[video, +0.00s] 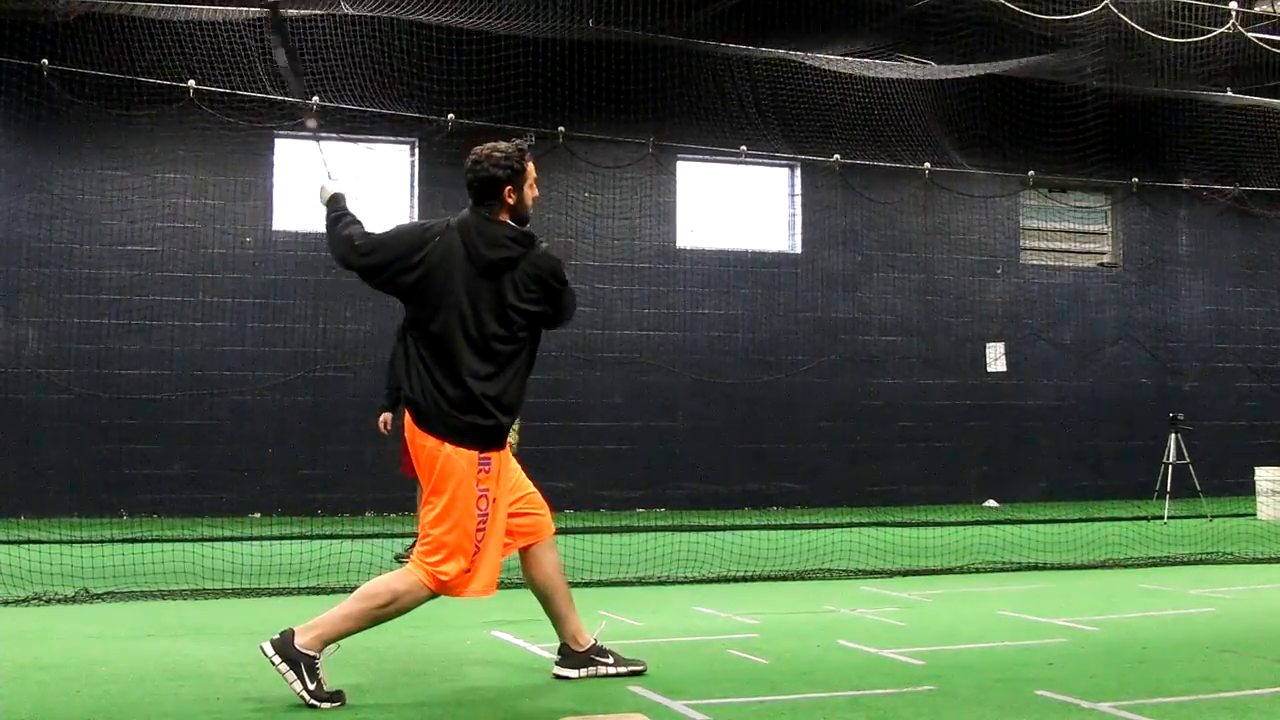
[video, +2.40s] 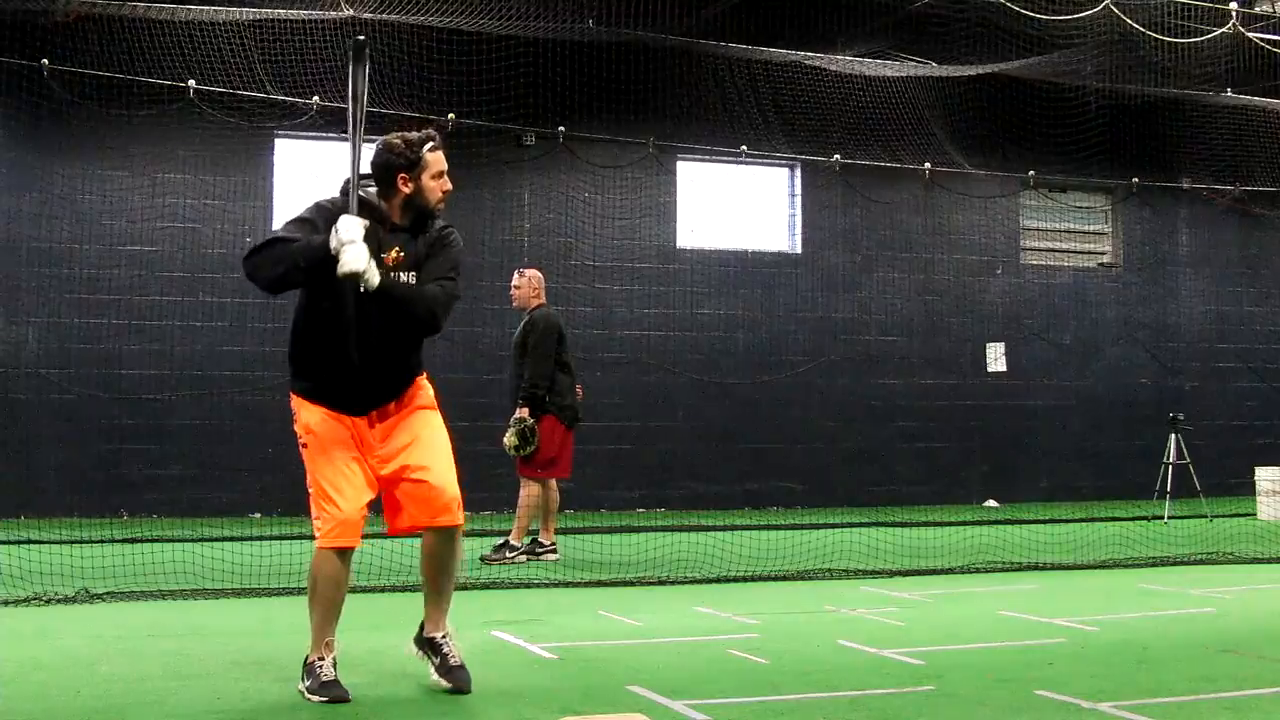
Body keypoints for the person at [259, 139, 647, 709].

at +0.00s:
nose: (537, 190)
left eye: (534, 180)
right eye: (532, 182)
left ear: (477, 191)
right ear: (513, 193)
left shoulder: (433, 241)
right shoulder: (534, 263)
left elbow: (354, 251)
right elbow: (562, 310)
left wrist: (336, 206)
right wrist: (524, 246)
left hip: (431, 423)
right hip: (471, 438)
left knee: (534, 525)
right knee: (436, 571)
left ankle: (578, 647)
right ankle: (301, 644)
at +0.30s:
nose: (553, 195)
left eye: (549, 186)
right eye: (547, 188)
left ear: (498, 201)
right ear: (524, 202)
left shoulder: (446, 245)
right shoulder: (544, 277)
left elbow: (390, 243)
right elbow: (572, 349)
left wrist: (403, 193)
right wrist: (572, 307)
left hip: (441, 426)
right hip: (475, 443)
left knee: (546, 522)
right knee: (441, 575)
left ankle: (580, 647)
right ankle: (303, 644)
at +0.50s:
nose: (564, 199)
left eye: (561, 191)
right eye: (558, 193)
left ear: (512, 204)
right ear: (535, 205)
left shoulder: (458, 246)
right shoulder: (548, 289)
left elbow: (420, 241)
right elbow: (565, 382)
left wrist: (451, 200)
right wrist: (594, 374)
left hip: (449, 421)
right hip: (478, 442)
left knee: (553, 515)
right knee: (442, 575)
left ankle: (581, 647)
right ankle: (304, 644)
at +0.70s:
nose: (438, 147)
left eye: (437, 137)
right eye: (430, 137)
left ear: (403, 143)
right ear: (395, 143)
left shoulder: (434, 199)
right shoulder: (335, 200)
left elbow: (447, 241)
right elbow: (263, 233)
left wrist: (378, 188)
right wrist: (326, 187)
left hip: (415, 383)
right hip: (339, 387)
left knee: (455, 521)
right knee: (335, 526)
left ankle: (462, 630)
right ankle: (321, 658)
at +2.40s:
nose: (448, 183)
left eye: (447, 172)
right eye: (438, 174)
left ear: (413, 181)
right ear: (404, 182)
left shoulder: (440, 238)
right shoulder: (339, 215)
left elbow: (435, 310)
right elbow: (260, 265)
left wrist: (379, 275)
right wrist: (329, 248)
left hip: (405, 398)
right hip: (328, 404)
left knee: (446, 511)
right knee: (341, 527)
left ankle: (435, 632)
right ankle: (321, 657)